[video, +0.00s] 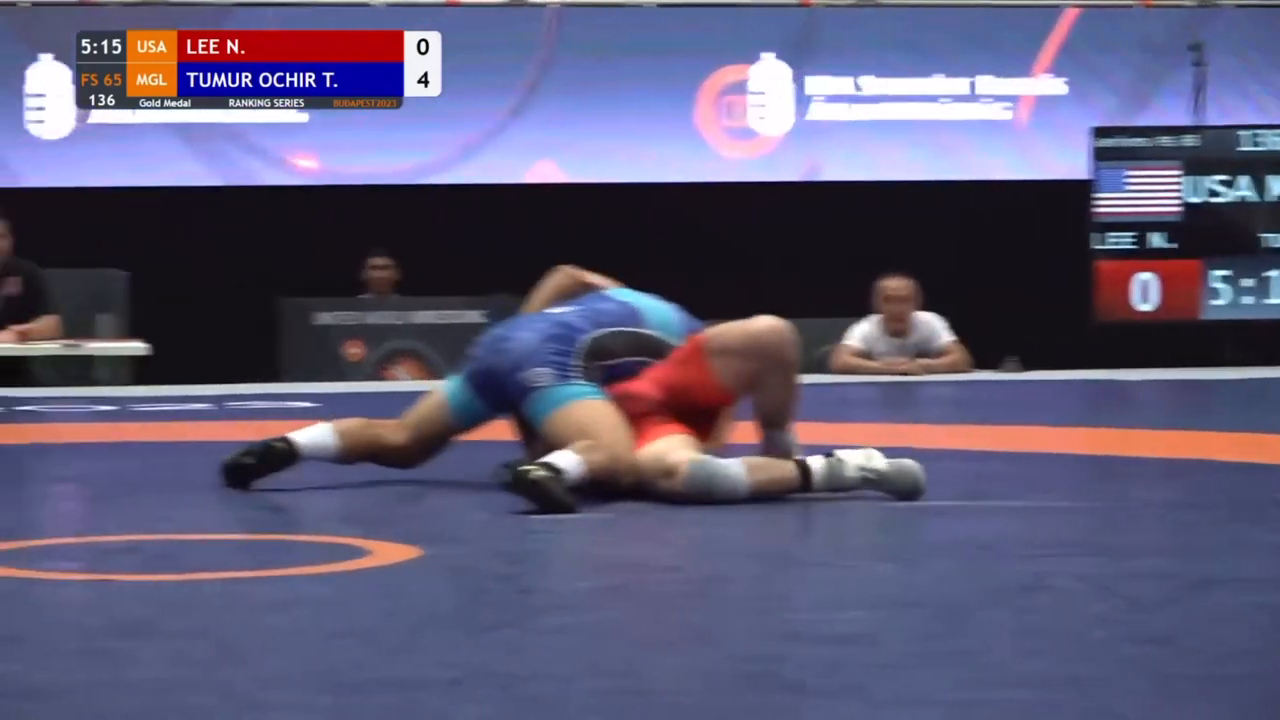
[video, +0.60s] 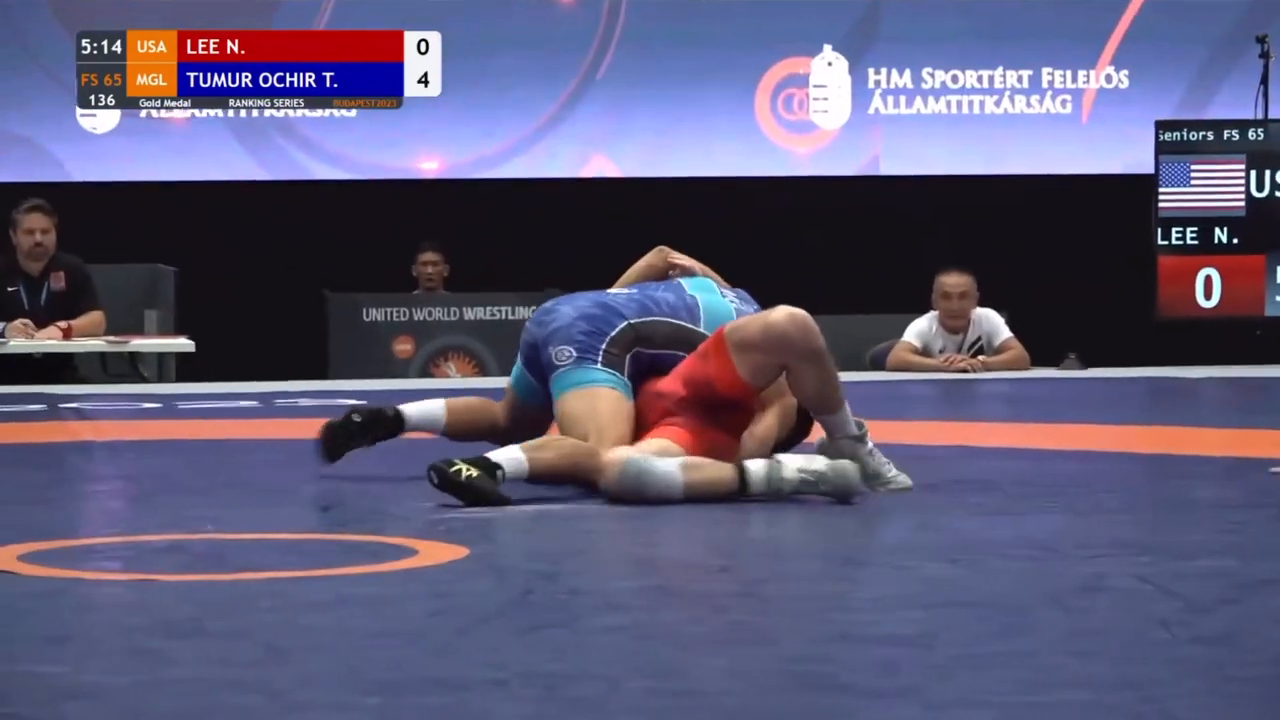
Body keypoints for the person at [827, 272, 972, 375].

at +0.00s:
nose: (897, 308)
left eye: (904, 300)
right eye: (890, 300)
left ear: (915, 302)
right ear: (879, 303)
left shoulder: (931, 322)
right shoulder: (866, 327)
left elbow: (962, 360)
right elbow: (840, 361)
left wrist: (919, 365)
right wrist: (888, 367)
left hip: (926, 400)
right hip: (877, 400)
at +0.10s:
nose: (933, 308)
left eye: (941, 301)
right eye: (925, 301)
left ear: (953, 303)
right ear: (913, 305)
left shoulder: (965, 322)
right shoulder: (902, 328)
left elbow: (998, 362)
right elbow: (874, 363)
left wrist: (956, 366)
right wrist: (924, 368)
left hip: (959, 400)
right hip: (911, 401)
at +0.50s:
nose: (951, 308)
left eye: (959, 300)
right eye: (942, 300)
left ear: (971, 302)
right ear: (931, 303)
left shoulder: (984, 321)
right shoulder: (920, 327)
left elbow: (1017, 362)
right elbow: (892, 363)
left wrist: (974, 365)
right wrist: (942, 367)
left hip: (978, 402)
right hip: (929, 403)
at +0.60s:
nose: (954, 305)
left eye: (963, 297)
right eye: (946, 297)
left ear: (976, 299)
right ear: (934, 300)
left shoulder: (988, 318)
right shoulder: (923, 325)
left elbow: (1021, 359)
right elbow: (895, 360)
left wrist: (978, 363)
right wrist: (946, 365)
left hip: (981, 399)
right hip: (933, 400)